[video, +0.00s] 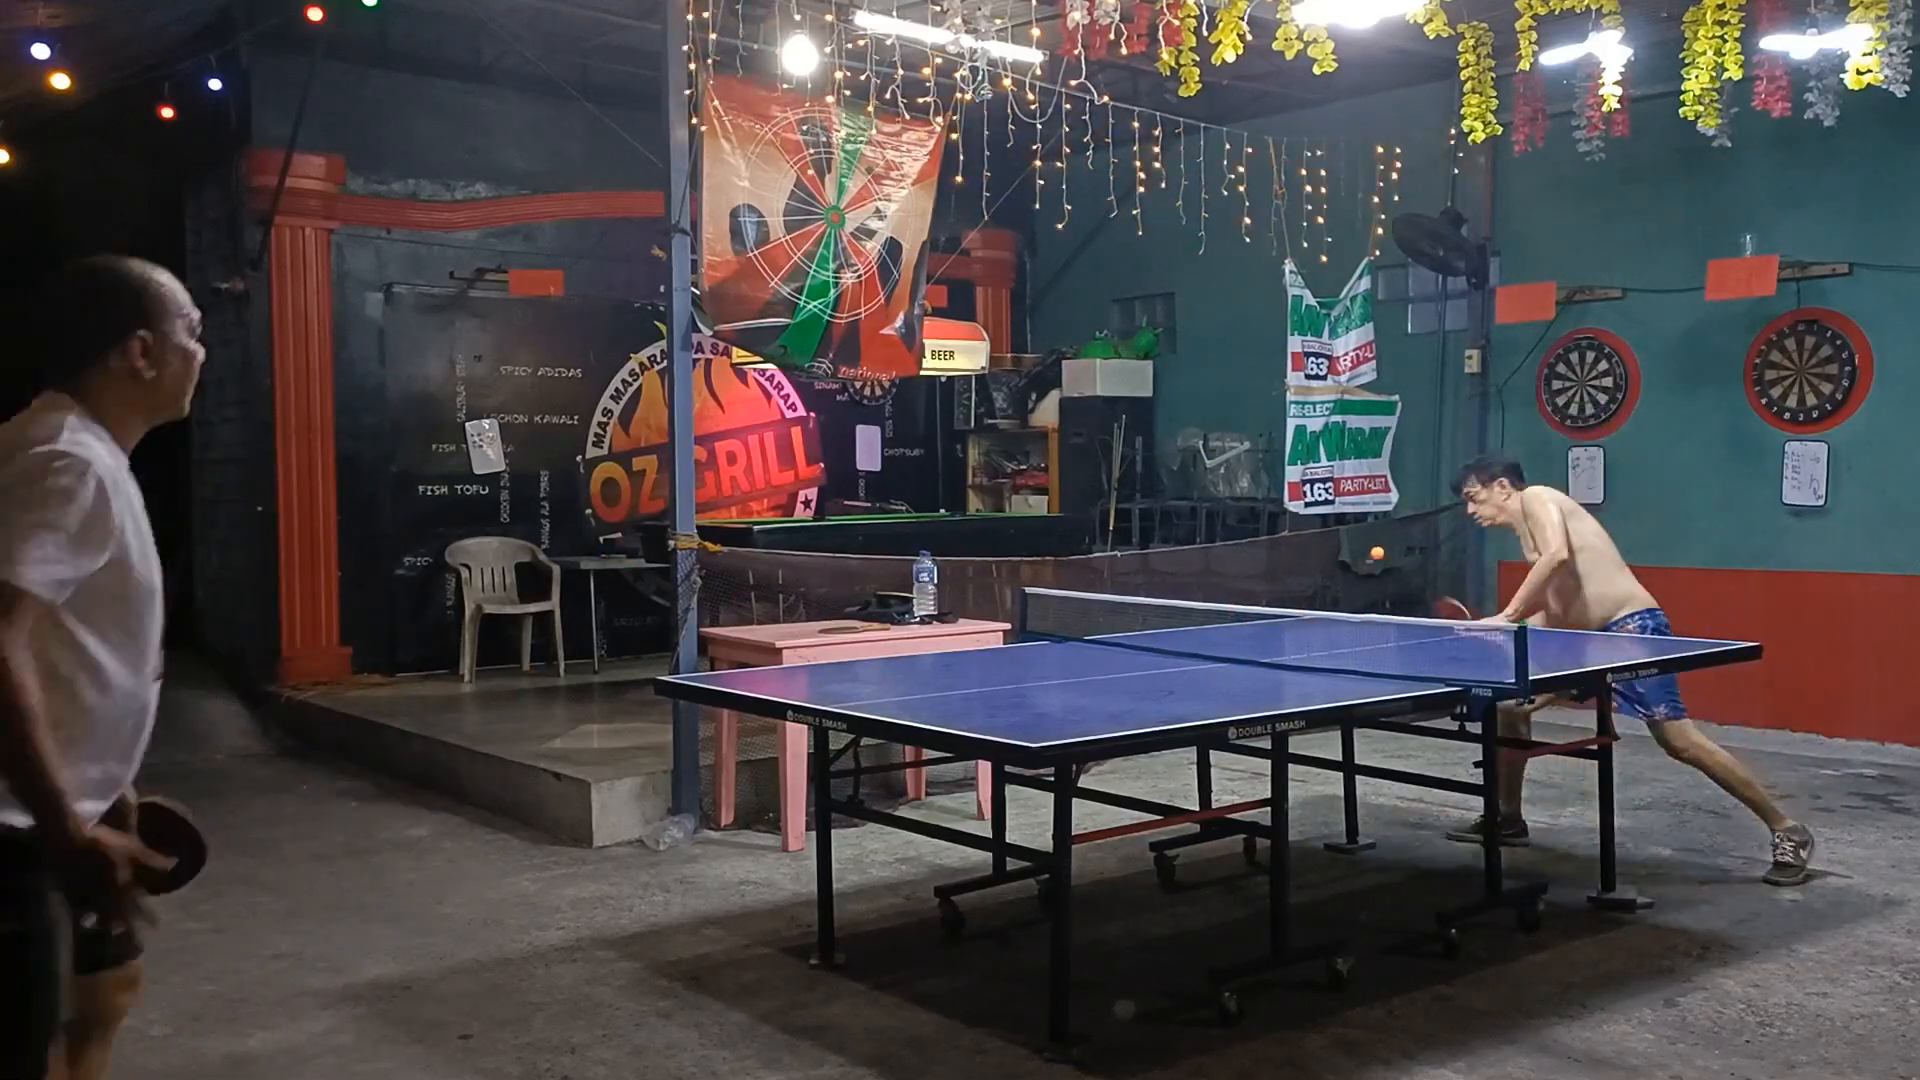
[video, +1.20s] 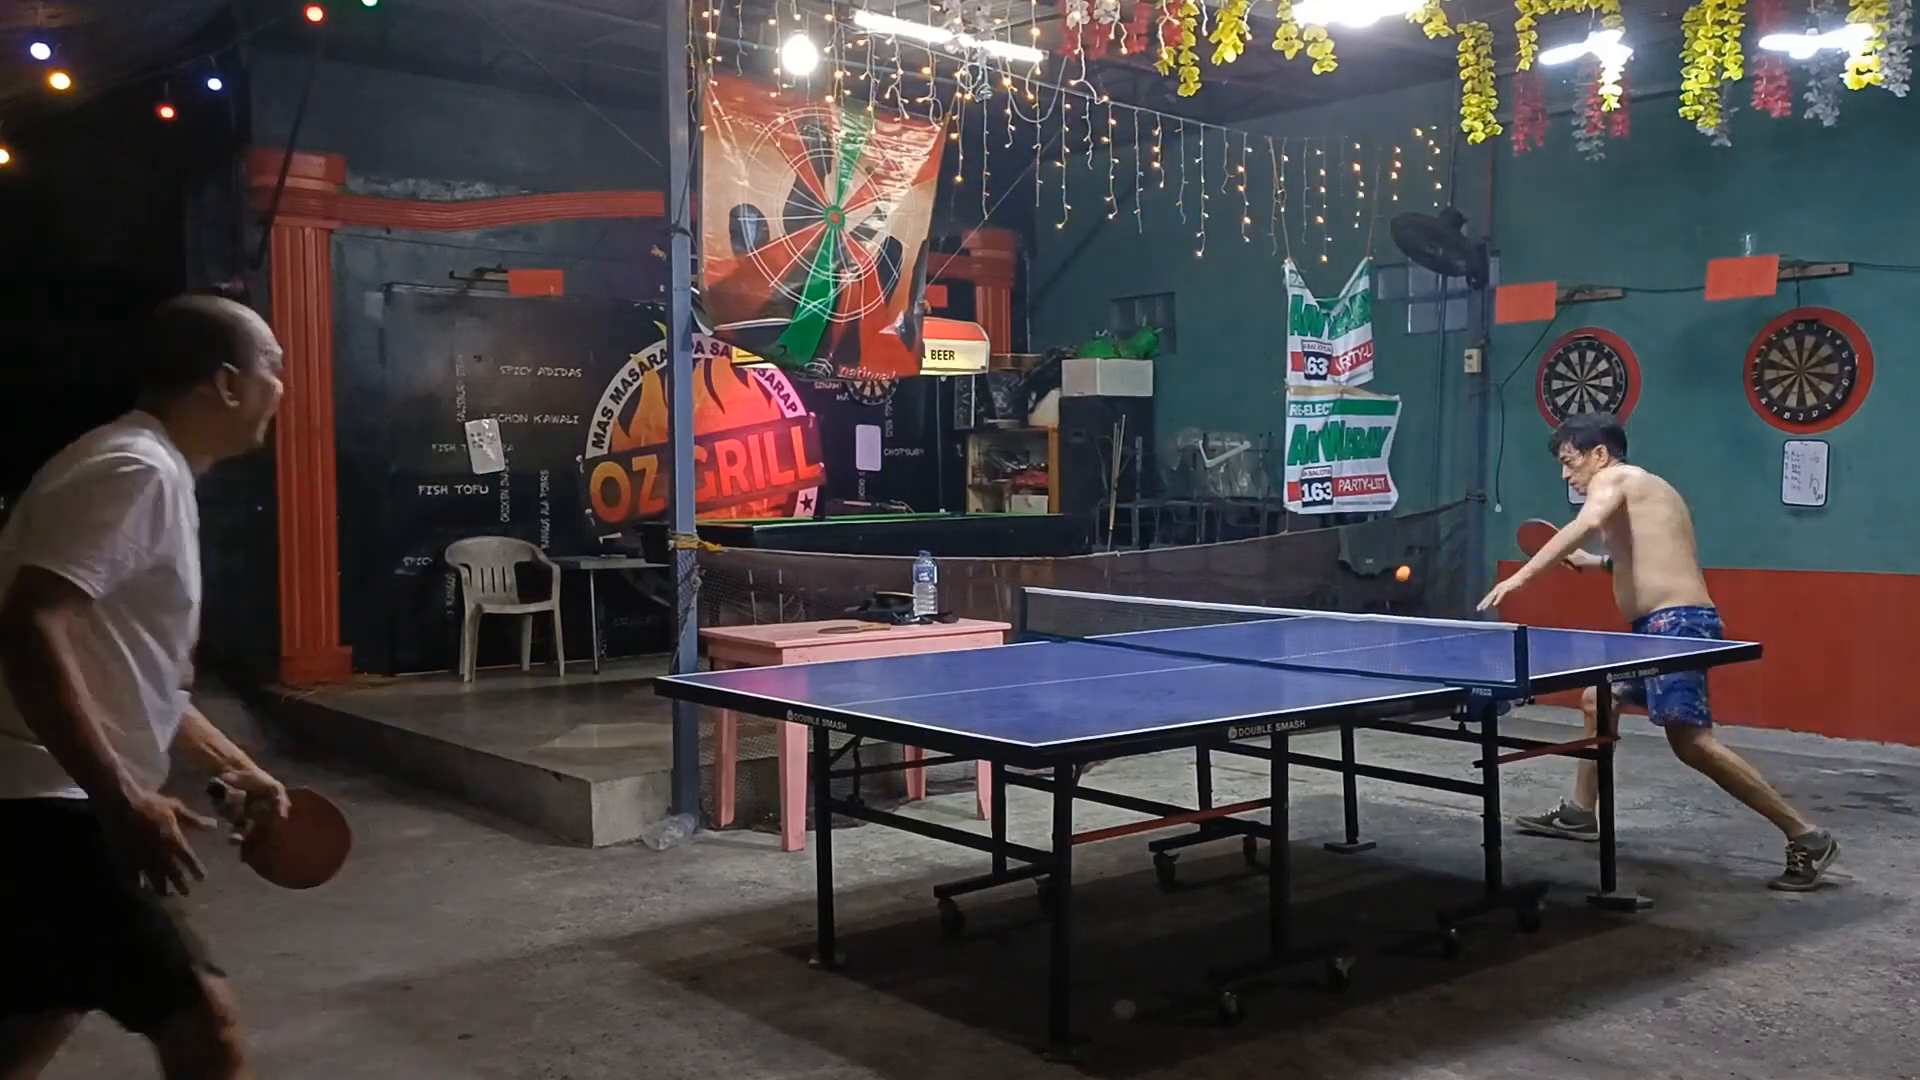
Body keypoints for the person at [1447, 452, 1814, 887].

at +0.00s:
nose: (1469, 510)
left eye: (1472, 498)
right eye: (1465, 502)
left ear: (1502, 486)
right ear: (1493, 496)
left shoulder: (1536, 497)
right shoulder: (1528, 533)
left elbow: (1556, 553)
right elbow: (1555, 613)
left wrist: (1505, 616)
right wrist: (1502, 632)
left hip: (1633, 626)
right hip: (1587, 640)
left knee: (1679, 741)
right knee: (1507, 706)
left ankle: (1787, 830)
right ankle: (1507, 818)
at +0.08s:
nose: (1457, 507)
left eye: (1458, 495)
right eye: (1452, 500)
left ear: (1484, 478)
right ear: (1475, 490)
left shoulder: (1526, 488)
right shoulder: (1501, 536)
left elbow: (1545, 546)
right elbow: (1465, 589)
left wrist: (1505, 616)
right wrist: (1418, 564)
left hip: (1618, 618)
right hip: (1575, 635)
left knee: (1663, 730)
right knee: (1496, 699)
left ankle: (1770, 823)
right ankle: (1503, 816)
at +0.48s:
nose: (1480, 471)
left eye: (1488, 460)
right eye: (1474, 463)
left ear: (1520, 458)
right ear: (1477, 468)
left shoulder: (1559, 489)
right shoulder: (1517, 504)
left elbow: (1569, 563)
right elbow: (1527, 559)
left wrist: (1509, 615)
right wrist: (1466, 566)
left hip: (1622, 623)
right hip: (1568, 628)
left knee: (1654, 736)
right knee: (1498, 698)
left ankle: (1743, 832)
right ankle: (1504, 816)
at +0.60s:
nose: (1514, 451)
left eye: (1523, 440)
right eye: (1509, 443)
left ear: (1556, 439)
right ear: (1508, 447)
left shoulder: (1591, 478)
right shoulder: (1546, 490)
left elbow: (1580, 555)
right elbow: (1548, 550)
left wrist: (1515, 609)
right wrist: (1483, 560)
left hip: (1647, 618)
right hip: (1589, 619)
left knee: (1673, 728)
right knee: (1534, 704)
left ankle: (1749, 835)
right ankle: (1509, 813)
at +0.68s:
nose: (1536, 433)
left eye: (1546, 423)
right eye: (1531, 426)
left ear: (1580, 423)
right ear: (1533, 432)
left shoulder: (1614, 461)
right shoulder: (1562, 479)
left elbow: (1605, 538)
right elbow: (1554, 537)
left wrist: (1540, 589)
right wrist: (1501, 549)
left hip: (1671, 604)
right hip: (1613, 610)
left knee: (1692, 715)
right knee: (1567, 703)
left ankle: (1759, 830)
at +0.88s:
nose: (1573, 451)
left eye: (1582, 440)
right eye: (1569, 442)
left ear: (1617, 439)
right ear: (1572, 447)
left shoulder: (1649, 478)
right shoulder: (1603, 495)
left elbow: (1625, 553)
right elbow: (1574, 545)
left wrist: (1550, 599)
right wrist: (1520, 545)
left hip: (1703, 621)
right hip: (1650, 626)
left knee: (1719, 736)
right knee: (1589, 705)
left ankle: (1809, 843)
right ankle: (1629, 818)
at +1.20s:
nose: (1566, 476)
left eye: (1569, 464)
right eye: (1562, 467)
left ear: (1599, 454)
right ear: (1609, 458)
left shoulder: (1613, 478)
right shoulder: (1650, 487)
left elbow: (1587, 524)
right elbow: (1646, 556)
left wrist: (1518, 578)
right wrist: (1594, 562)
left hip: (1675, 627)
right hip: (1674, 626)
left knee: (1694, 746)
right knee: (1596, 699)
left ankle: (1806, 837)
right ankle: (1580, 810)